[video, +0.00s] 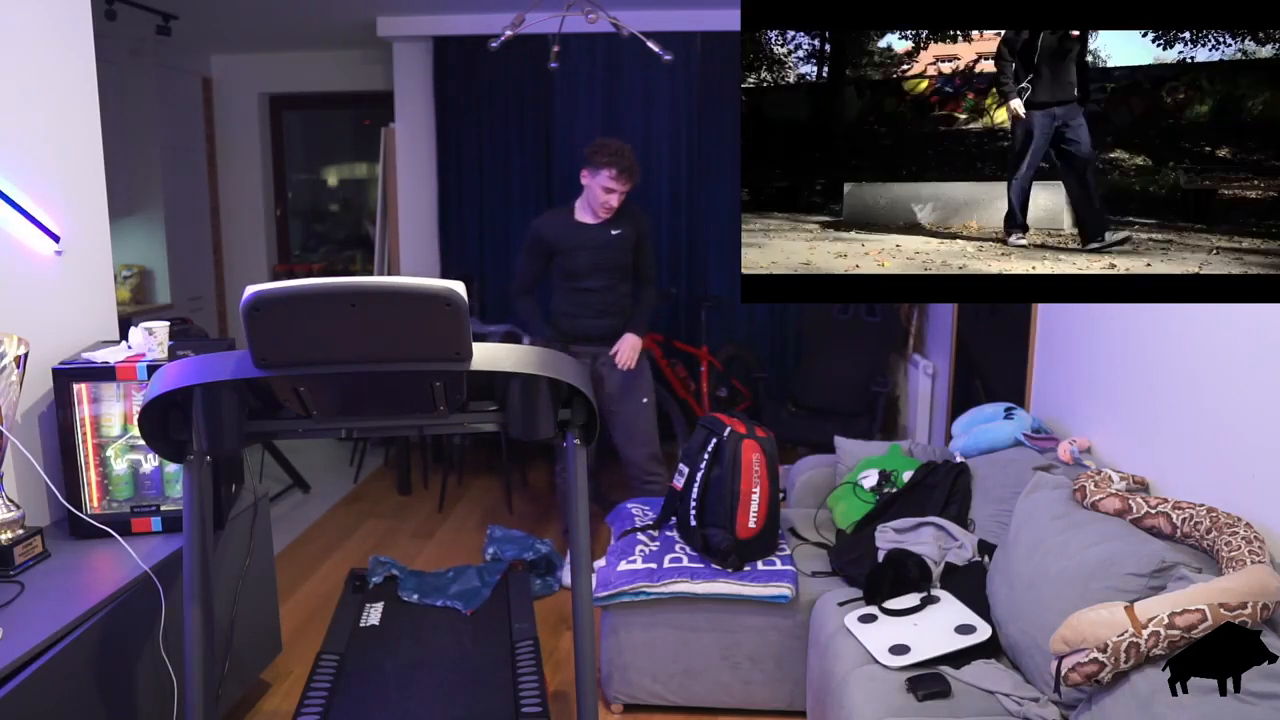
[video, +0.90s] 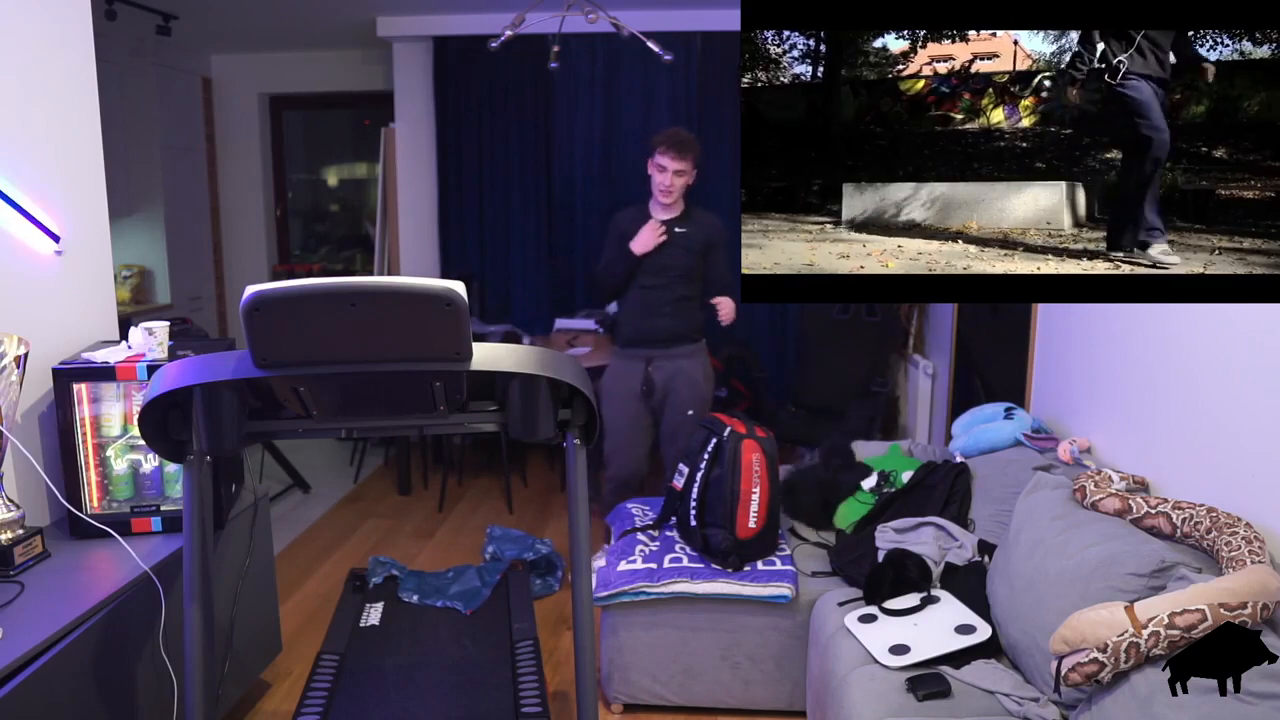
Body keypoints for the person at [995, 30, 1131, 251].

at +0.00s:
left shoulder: (1080, 34)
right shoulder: (1024, 32)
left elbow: (1080, 61)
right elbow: (1004, 55)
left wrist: (1082, 99)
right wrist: (1010, 96)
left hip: (1069, 106)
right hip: (1034, 107)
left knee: (1083, 166)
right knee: (1023, 170)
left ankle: (1094, 235)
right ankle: (1015, 231)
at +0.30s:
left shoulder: (1108, 34)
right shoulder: (1049, 32)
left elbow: (1100, 63)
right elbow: (1031, 52)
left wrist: (1096, 95)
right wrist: (1032, 93)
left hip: (1096, 107)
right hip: (1060, 107)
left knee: (1108, 176)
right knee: (1042, 170)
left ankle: (1120, 242)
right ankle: (1018, 229)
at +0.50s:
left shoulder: (1129, 33)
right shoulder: (1068, 31)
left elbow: (1123, 57)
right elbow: (1053, 47)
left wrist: (1118, 93)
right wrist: (1048, 90)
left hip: (1119, 98)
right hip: (1082, 97)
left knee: (1126, 171)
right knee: (1077, 166)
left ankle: (1121, 242)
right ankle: (1038, 211)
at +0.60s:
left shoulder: (1140, 33)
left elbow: (1138, 53)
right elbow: (1065, 40)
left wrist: (1137, 95)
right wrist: (1056, 85)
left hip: (1130, 91)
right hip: (1095, 88)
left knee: (1135, 168)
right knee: (1103, 156)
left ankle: (1121, 241)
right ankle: (1061, 206)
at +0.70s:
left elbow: (1148, 49)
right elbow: (1071, 40)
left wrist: (1155, 90)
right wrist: (1061, 83)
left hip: (1137, 87)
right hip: (1102, 83)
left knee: (1139, 164)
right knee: (1120, 152)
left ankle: (1122, 241)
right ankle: (1077, 215)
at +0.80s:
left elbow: (1165, 44)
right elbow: (1084, 37)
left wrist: (1181, 74)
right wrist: (1069, 77)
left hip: (1150, 82)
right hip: (1118, 76)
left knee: (1147, 153)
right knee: (1143, 143)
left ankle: (1129, 236)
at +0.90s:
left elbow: (1179, 40)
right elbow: (1092, 35)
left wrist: (1197, 61)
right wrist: (1076, 72)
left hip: (1157, 78)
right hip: (1123, 69)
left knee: (1140, 156)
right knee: (1156, 140)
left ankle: (1121, 241)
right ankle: (1150, 237)